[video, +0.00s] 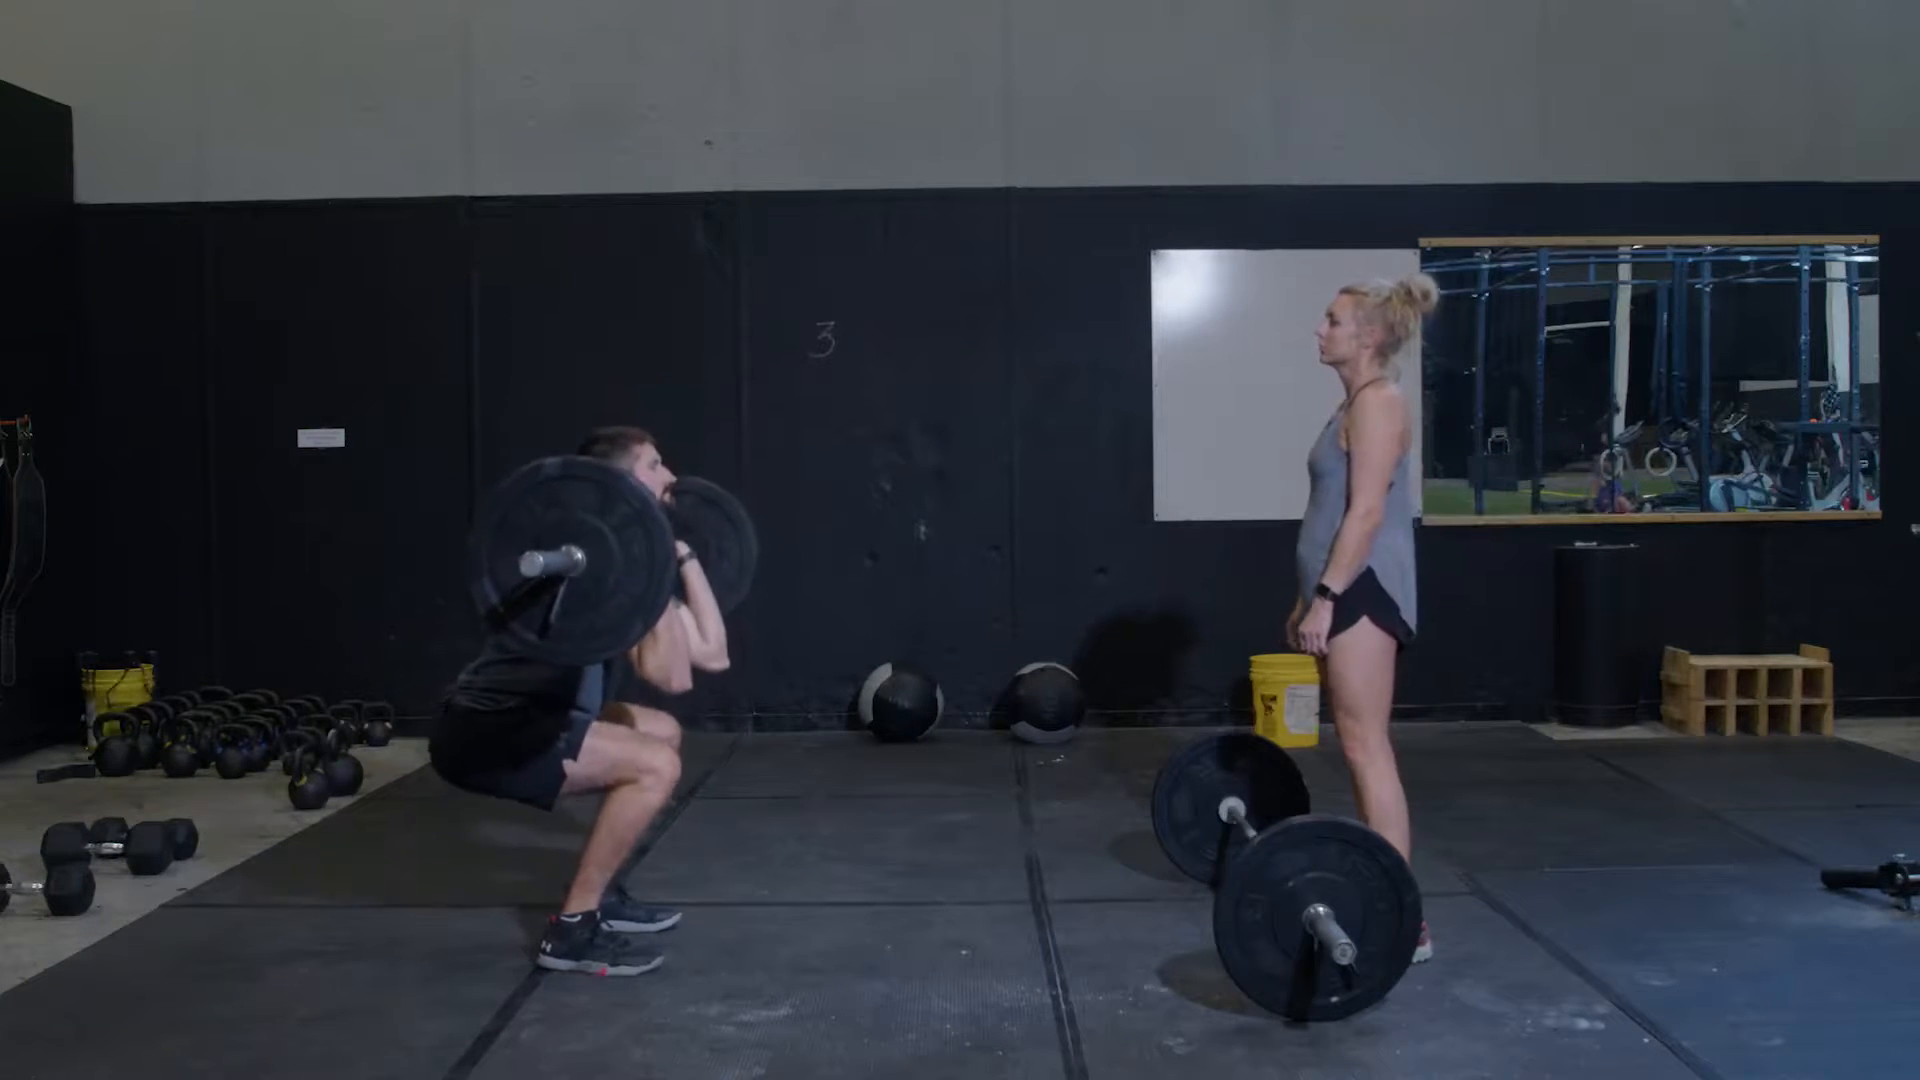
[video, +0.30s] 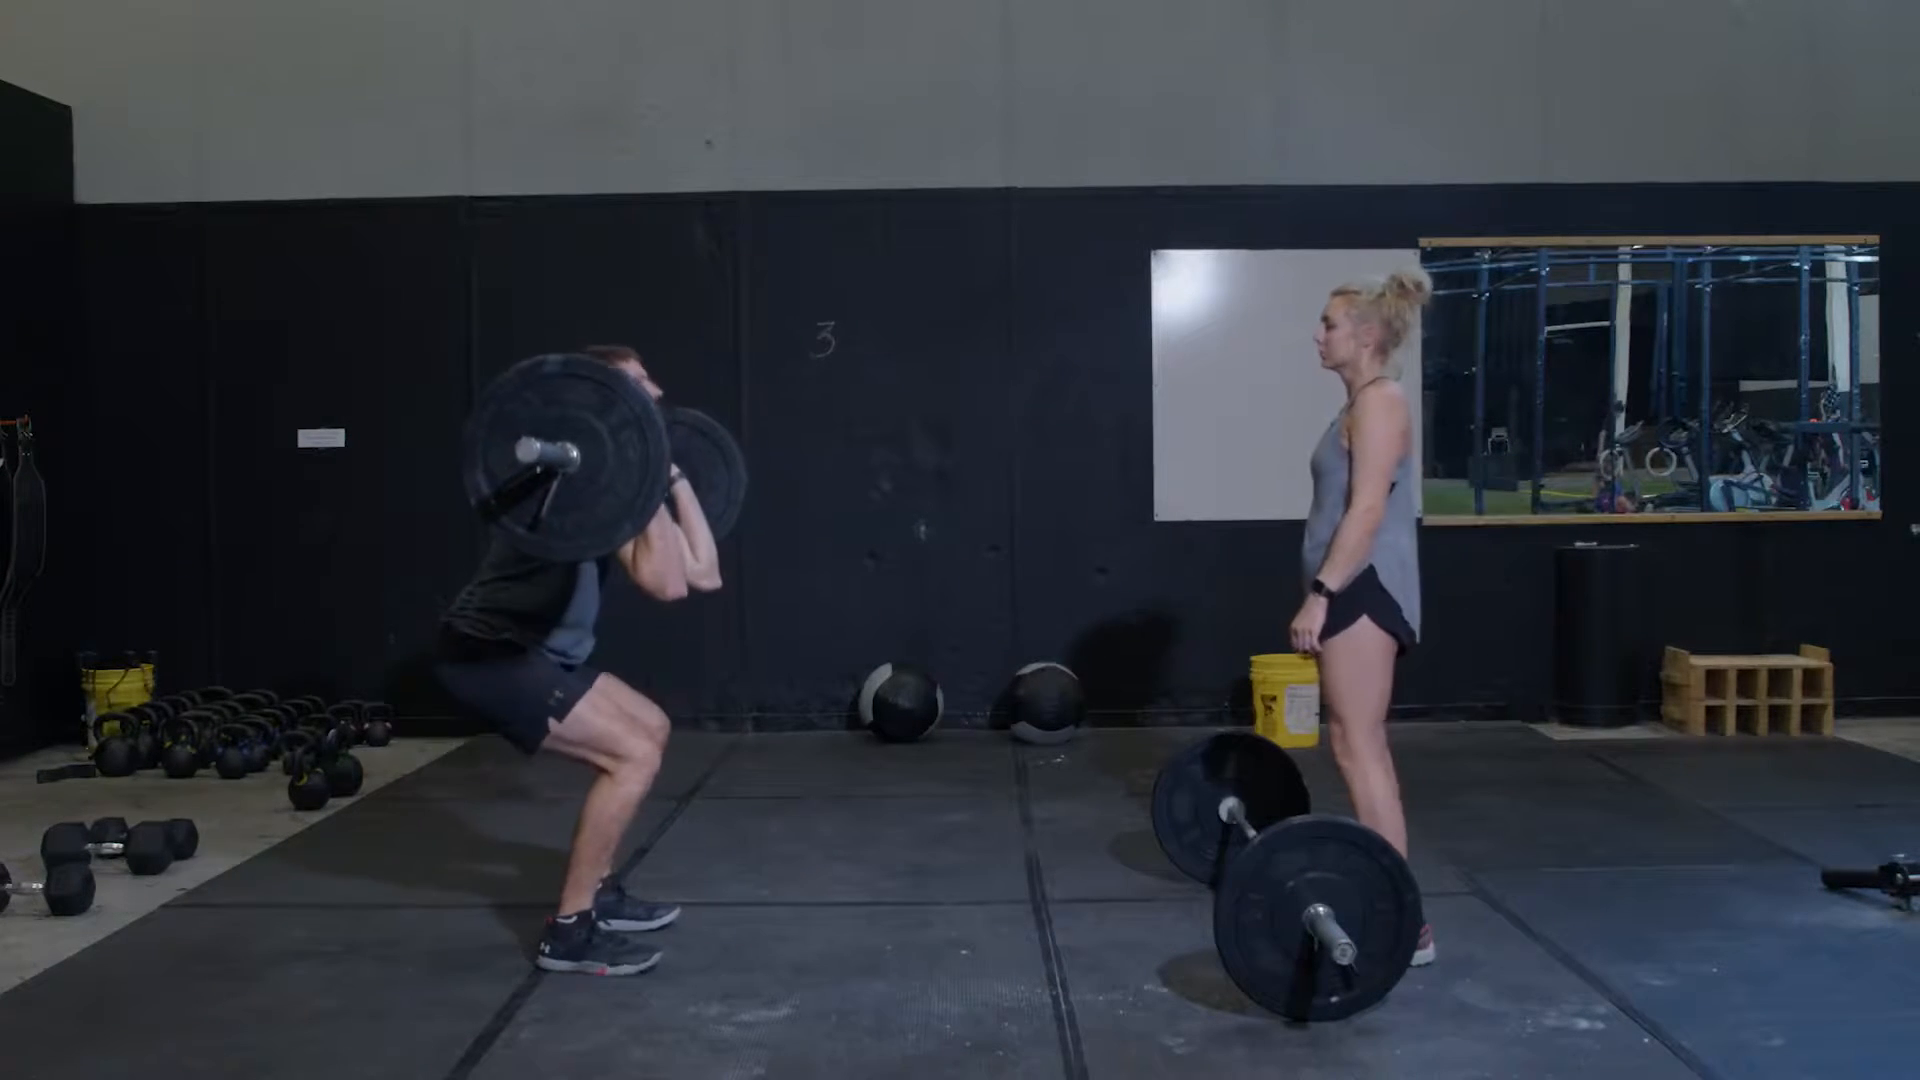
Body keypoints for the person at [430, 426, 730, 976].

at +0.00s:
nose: (669, 475)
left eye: (662, 463)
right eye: (653, 466)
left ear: (624, 486)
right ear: (619, 484)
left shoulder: (635, 549)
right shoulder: (608, 554)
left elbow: (716, 656)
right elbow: (672, 677)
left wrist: (685, 558)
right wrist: (650, 561)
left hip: (523, 709)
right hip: (487, 731)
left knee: (663, 733)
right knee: (657, 767)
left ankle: (601, 896)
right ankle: (572, 928)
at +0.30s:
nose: (655, 391)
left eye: (650, 379)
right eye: (638, 382)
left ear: (640, 395)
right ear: (602, 398)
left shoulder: (626, 470)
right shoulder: (590, 470)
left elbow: (706, 574)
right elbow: (663, 581)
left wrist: (672, 471)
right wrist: (645, 481)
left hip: (533, 648)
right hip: (490, 654)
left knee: (652, 727)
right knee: (634, 756)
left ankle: (597, 893)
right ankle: (569, 928)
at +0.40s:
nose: (635, 358)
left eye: (632, 346)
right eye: (617, 347)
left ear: (628, 362)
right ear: (583, 360)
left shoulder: (607, 428)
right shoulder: (566, 431)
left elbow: (708, 527)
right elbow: (669, 530)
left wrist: (660, 420)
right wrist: (635, 425)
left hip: (543, 625)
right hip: (496, 630)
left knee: (649, 729)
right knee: (628, 751)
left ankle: (596, 894)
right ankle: (569, 927)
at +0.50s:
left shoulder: (609, 393)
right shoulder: (566, 392)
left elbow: (708, 475)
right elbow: (670, 476)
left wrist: (658, 381)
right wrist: (636, 388)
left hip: (560, 599)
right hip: (518, 597)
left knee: (647, 728)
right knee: (621, 746)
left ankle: (595, 893)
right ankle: (567, 925)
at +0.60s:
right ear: (583, 306)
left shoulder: (616, 368)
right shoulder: (573, 359)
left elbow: (707, 431)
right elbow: (668, 429)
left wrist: (655, 341)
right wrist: (630, 341)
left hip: (585, 570)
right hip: (540, 565)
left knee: (634, 722)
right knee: (602, 737)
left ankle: (593, 892)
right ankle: (565, 924)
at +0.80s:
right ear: (577, 264)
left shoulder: (619, 333)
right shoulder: (575, 326)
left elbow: (712, 391)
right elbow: (664, 389)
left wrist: (646, 308)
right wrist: (631, 311)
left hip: (612, 548)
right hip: (574, 549)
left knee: (594, 723)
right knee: (565, 732)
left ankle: (589, 891)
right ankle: (561, 922)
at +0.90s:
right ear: (582, 270)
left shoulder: (628, 341)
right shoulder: (582, 334)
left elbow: (691, 419)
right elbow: (648, 413)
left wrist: (658, 330)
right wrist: (636, 334)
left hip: (614, 552)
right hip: (577, 553)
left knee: (591, 726)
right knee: (564, 733)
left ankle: (588, 890)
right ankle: (560, 922)